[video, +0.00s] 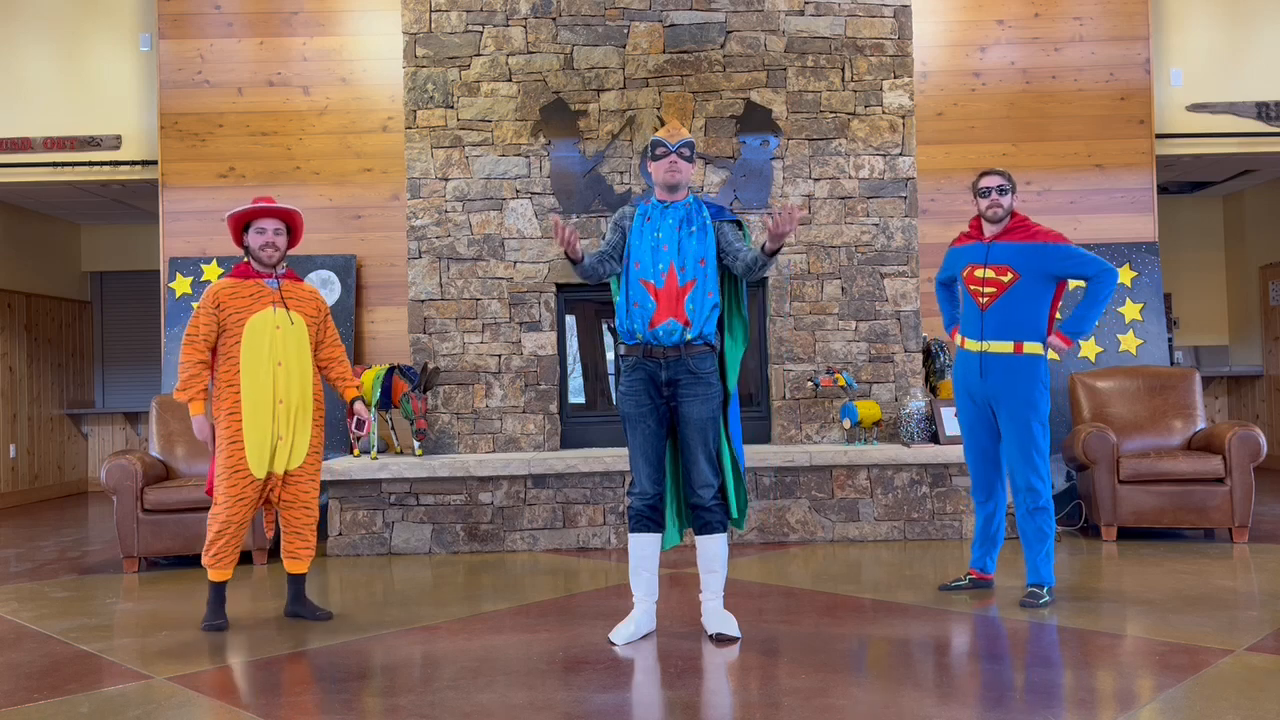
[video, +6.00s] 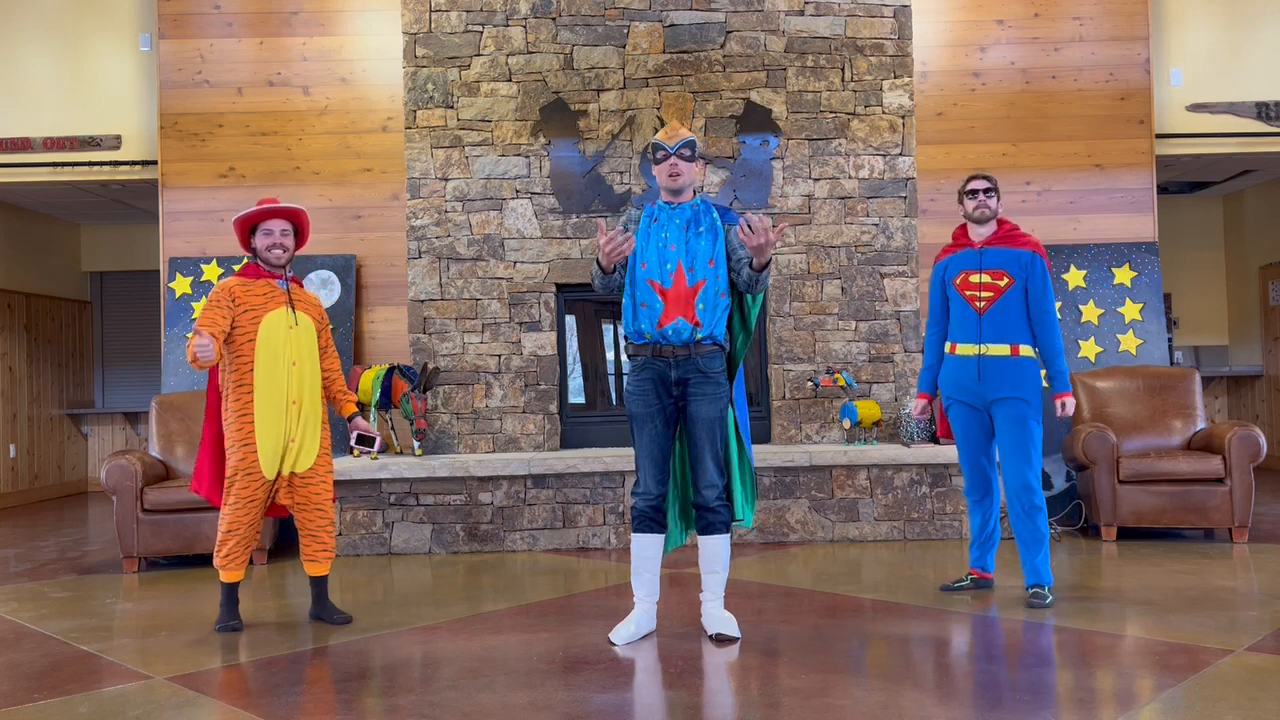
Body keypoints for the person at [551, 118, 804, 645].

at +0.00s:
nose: (674, 159)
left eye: (683, 154)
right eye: (663, 154)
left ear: (695, 168)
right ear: (647, 168)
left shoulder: (713, 217)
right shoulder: (628, 218)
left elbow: (745, 266)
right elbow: (604, 267)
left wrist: (769, 246)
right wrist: (578, 256)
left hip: (696, 364)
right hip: (639, 366)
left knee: (705, 484)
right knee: (645, 488)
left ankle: (714, 608)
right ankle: (643, 609)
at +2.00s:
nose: (645, 164)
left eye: (656, 155)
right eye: (642, 159)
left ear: (685, 163)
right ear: (643, 170)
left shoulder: (720, 220)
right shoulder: (637, 222)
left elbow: (753, 286)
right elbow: (605, 291)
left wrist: (774, 257)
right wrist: (595, 263)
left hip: (700, 366)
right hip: (641, 367)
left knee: (706, 484)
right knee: (647, 487)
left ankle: (713, 608)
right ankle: (644, 610)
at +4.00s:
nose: (677, 164)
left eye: (686, 155)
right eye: (666, 155)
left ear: (698, 164)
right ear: (650, 164)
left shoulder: (721, 221)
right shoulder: (630, 221)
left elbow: (741, 304)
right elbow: (609, 304)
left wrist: (755, 283)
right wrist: (595, 274)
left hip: (702, 364)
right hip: (642, 365)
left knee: (708, 485)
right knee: (647, 486)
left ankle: (713, 607)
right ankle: (643, 609)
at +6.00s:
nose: (673, 162)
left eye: (684, 155)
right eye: (663, 156)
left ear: (701, 167)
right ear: (651, 168)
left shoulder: (722, 221)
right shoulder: (635, 220)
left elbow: (744, 285)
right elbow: (608, 292)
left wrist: (759, 259)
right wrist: (608, 269)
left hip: (704, 365)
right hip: (646, 366)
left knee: (710, 485)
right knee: (650, 487)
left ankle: (714, 607)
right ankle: (644, 608)